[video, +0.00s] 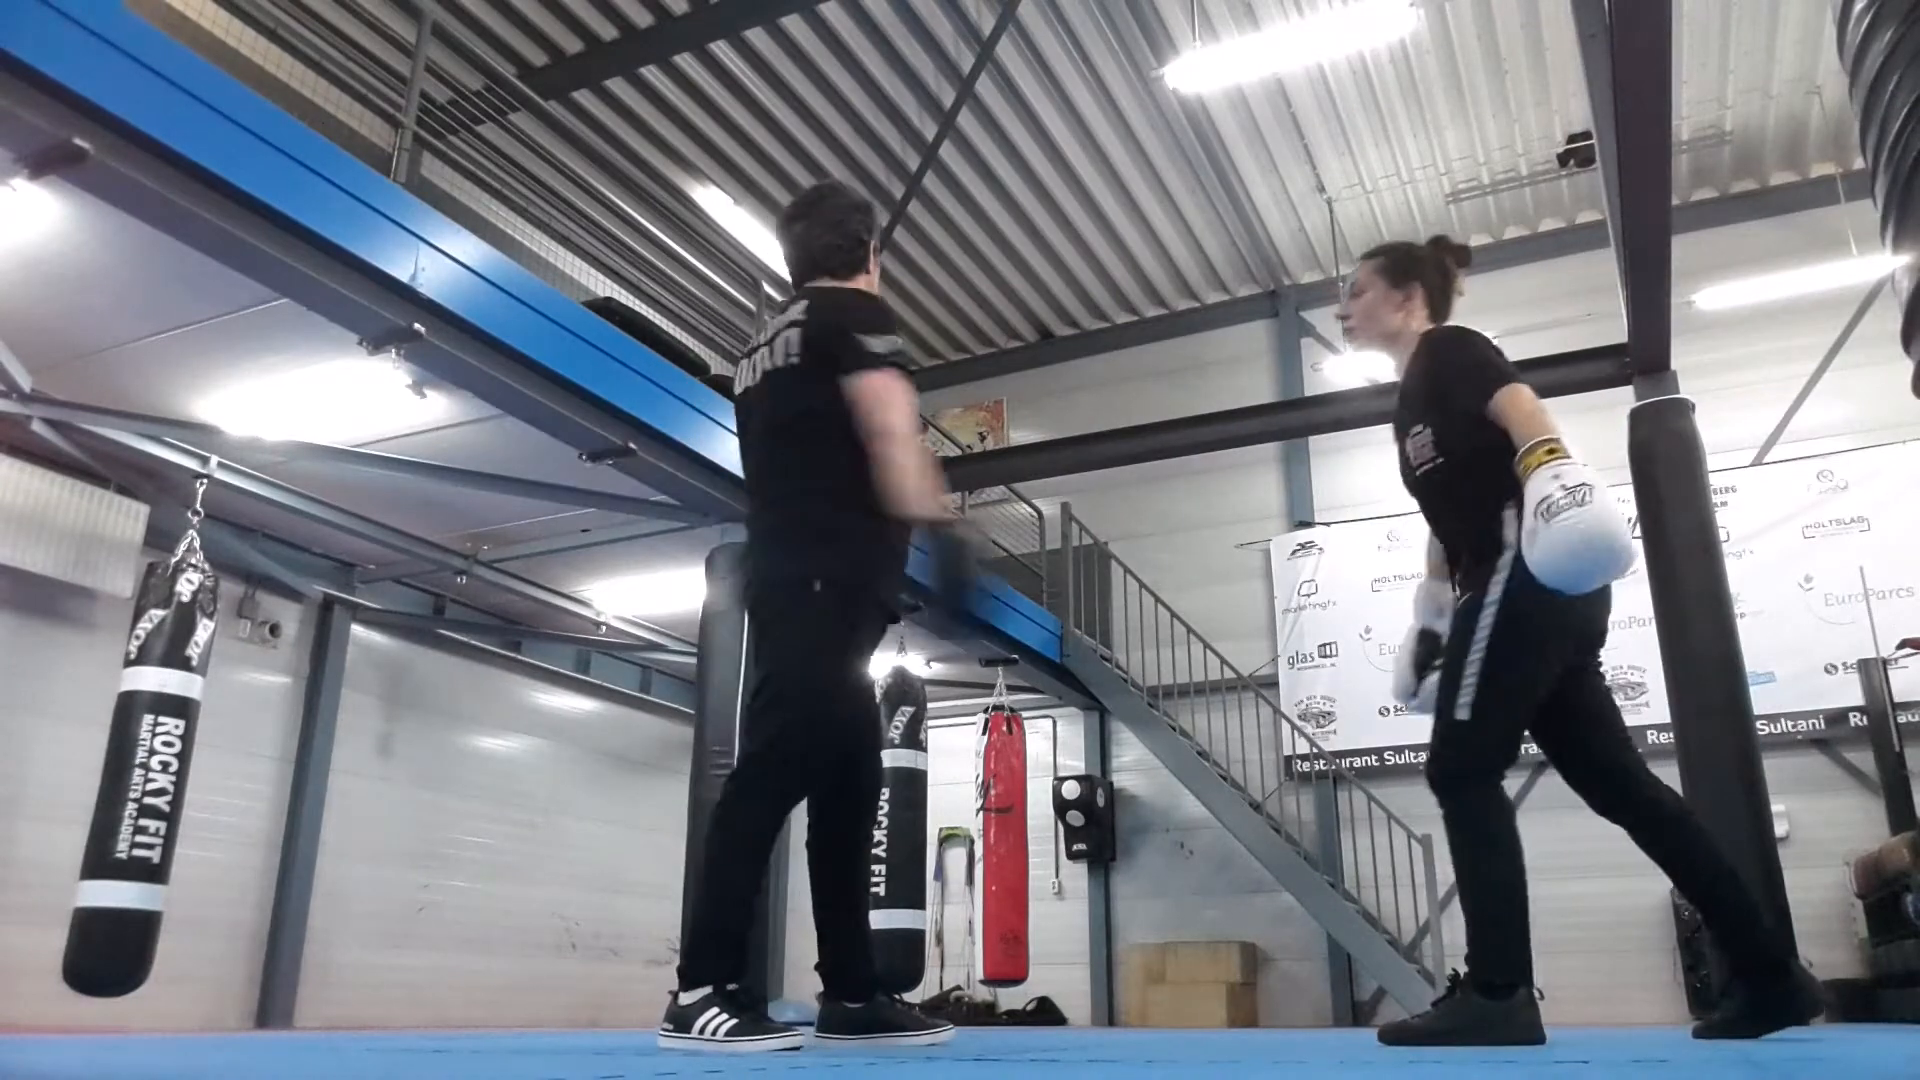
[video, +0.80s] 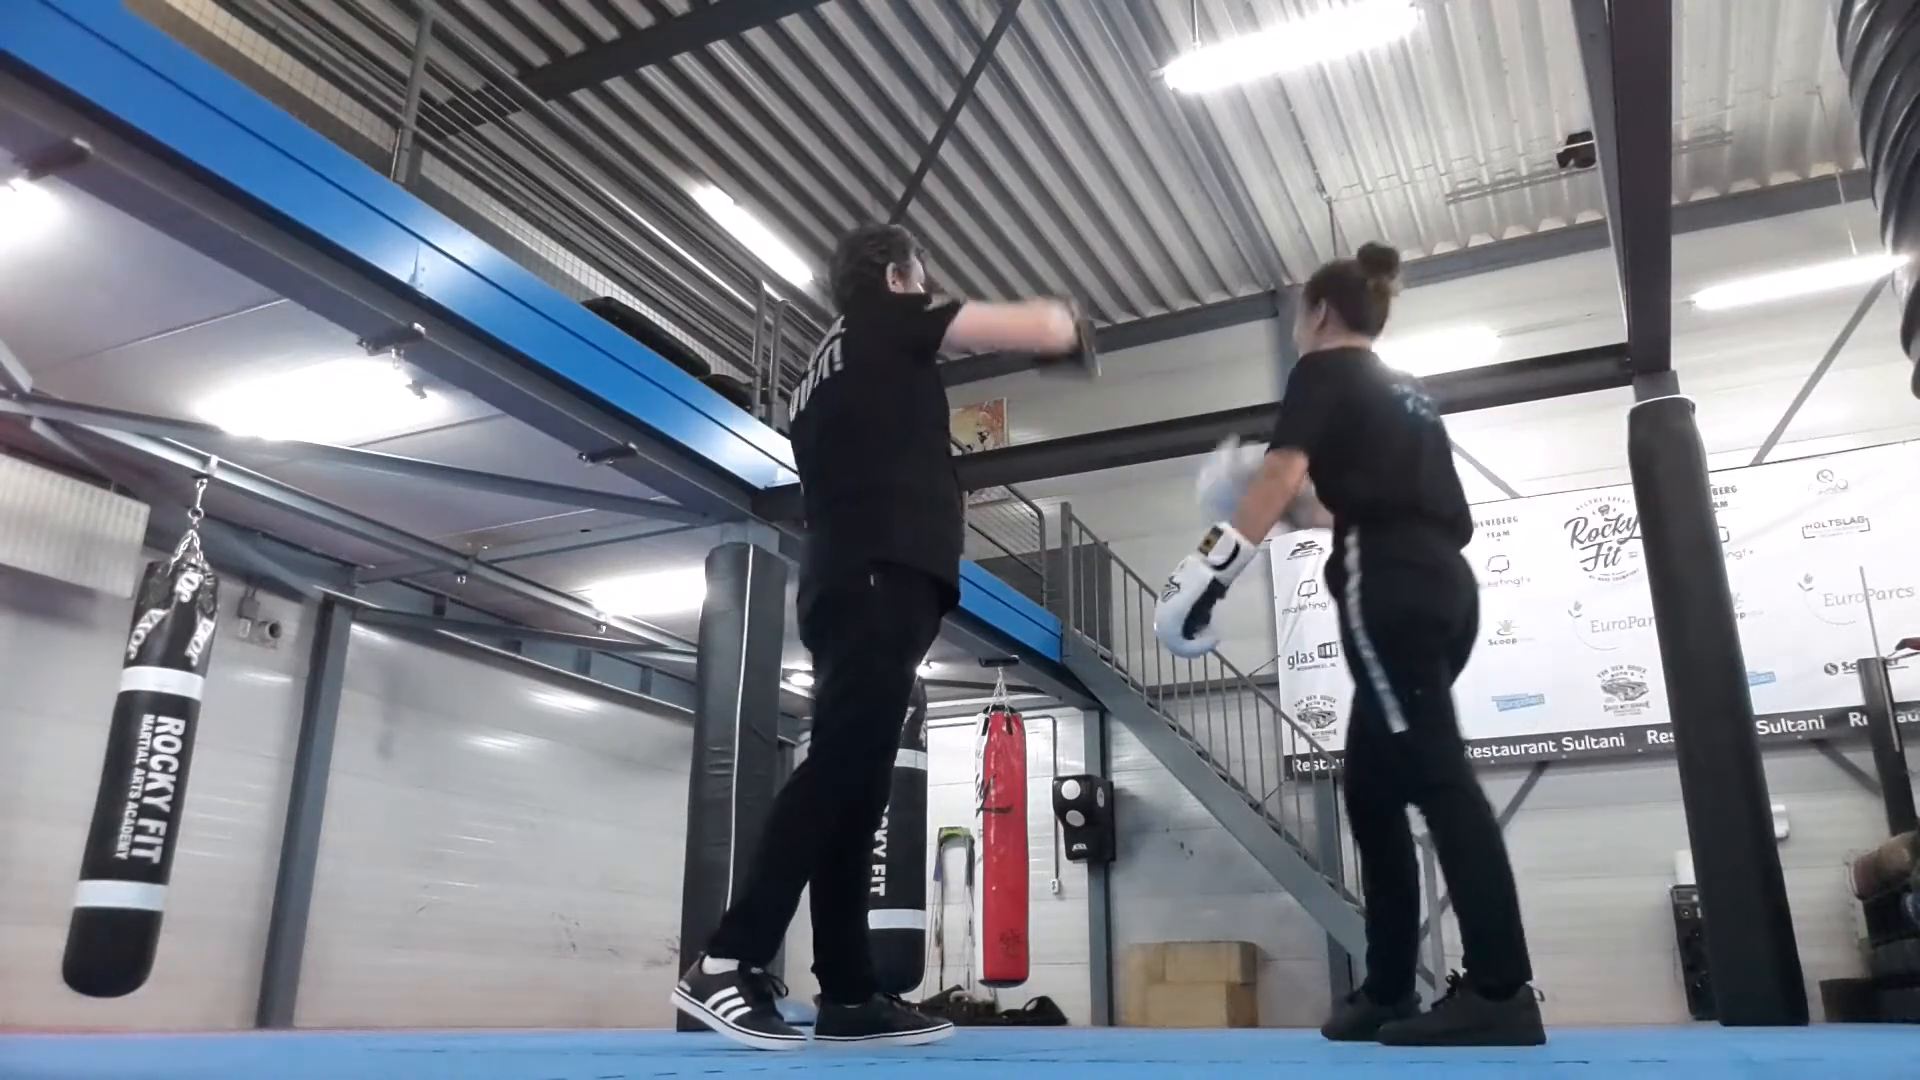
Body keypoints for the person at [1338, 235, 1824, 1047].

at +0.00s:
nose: (1345, 306)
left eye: (1358, 292)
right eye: (1346, 294)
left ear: (1407, 296)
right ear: (1396, 303)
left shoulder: (1447, 349)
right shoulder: (1412, 399)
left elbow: (1516, 407)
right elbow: (1451, 519)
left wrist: (1555, 476)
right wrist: (1431, 618)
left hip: (1527, 576)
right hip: (1526, 589)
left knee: (1461, 769)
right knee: (1619, 786)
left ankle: (1496, 996)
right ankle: (1768, 973)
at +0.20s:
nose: (1312, 294)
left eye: (1327, 280)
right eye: (1315, 282)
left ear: (1378, 286)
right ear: (1366, 292)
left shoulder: (1428, 344)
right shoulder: (1371, 406)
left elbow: (1500, 403)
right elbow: (1371, 516)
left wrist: (1508, 473)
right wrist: (1353, 609)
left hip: (1487, 578)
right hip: (1510, 582)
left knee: (1447, 772)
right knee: (1581, 778)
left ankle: (1498, 994)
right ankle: (1752, 967)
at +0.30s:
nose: (1303, 285)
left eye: (1316, 269)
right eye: (1305, 272)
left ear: (1364, 273)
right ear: (1359, 279)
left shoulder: (1408, 332)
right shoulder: (1369, 391)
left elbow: (1453, 405)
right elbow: (1335, 499)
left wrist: (1463, 503)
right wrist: (1284, 572)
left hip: (1470, 560)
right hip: (1508, 563)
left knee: (1455, 768)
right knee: (1524, 777)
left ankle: (1499, 994)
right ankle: (1700, 947)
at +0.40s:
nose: (1299, 286)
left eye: (1309, 269)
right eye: (1300, 271)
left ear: (1350, 267)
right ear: (1359, 273)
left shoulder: (1387, 330)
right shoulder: (1380, 361)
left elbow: (1400, 425)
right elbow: (1325, 474)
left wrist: (1385, 525)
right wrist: (1231, 513)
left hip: (1461, 557)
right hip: (1493, 560)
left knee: (1455, 767)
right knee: (1467, 768)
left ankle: (1498, 995)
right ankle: (1622, 948)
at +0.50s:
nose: (1297, 289)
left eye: (1304, 272)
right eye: (1299, 275)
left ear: (1342, 270)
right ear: (1367, 274)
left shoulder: (1368, 329)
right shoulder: (1400, 343)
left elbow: (1361, 435)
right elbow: (1345, 461)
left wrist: (1321, 532)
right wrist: (1240, 452)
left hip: (1442, 554)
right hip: (1487, 551)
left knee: (1446, 763)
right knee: (1450, 761)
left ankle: (1502, 989)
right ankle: (1522, 971)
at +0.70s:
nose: (1297, 314)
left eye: (1300, 300)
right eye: (1299, 301)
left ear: (1325, 295)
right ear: (1374, 302)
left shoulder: (1332, 355)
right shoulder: (1403, 367)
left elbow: (1297, 456)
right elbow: (1354, 453)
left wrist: (1227, 550)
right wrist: (1276, 423)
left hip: (1401, 565)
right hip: (1465, 566)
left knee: (1463, 773)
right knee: (1391, 777)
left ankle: (1503, 993)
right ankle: (1395, 986)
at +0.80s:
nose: (1298, 330)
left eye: (1300, 317)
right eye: (1300, 318)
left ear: (1321, 313)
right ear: (1367, 320)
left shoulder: (1321, 372)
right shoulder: (1401, 390)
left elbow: (1282, 476)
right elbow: (1360, 504)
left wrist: (1216, 561)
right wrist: (1271, 505)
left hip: (1383, 579)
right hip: (1445, 583)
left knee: (1441, 779)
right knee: (1370, 784)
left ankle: (1500, 994)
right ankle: (1389, 991)